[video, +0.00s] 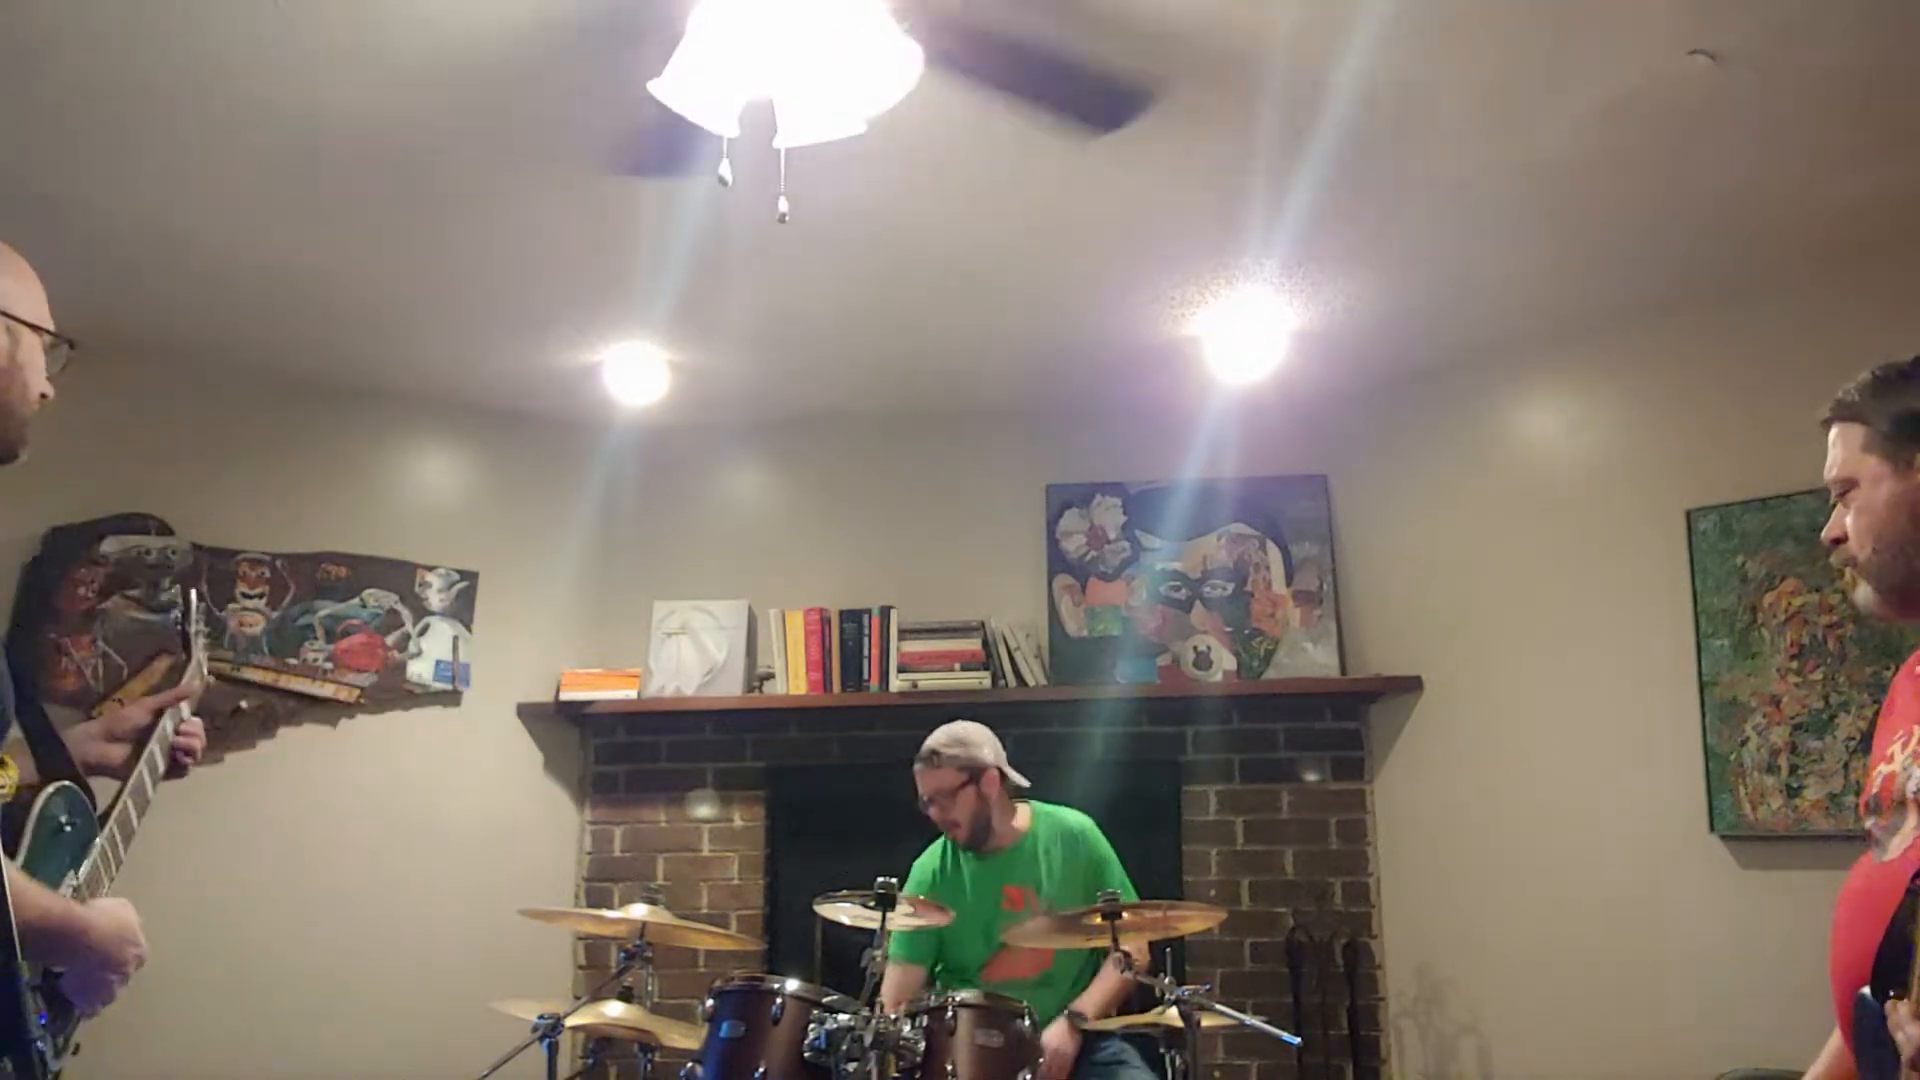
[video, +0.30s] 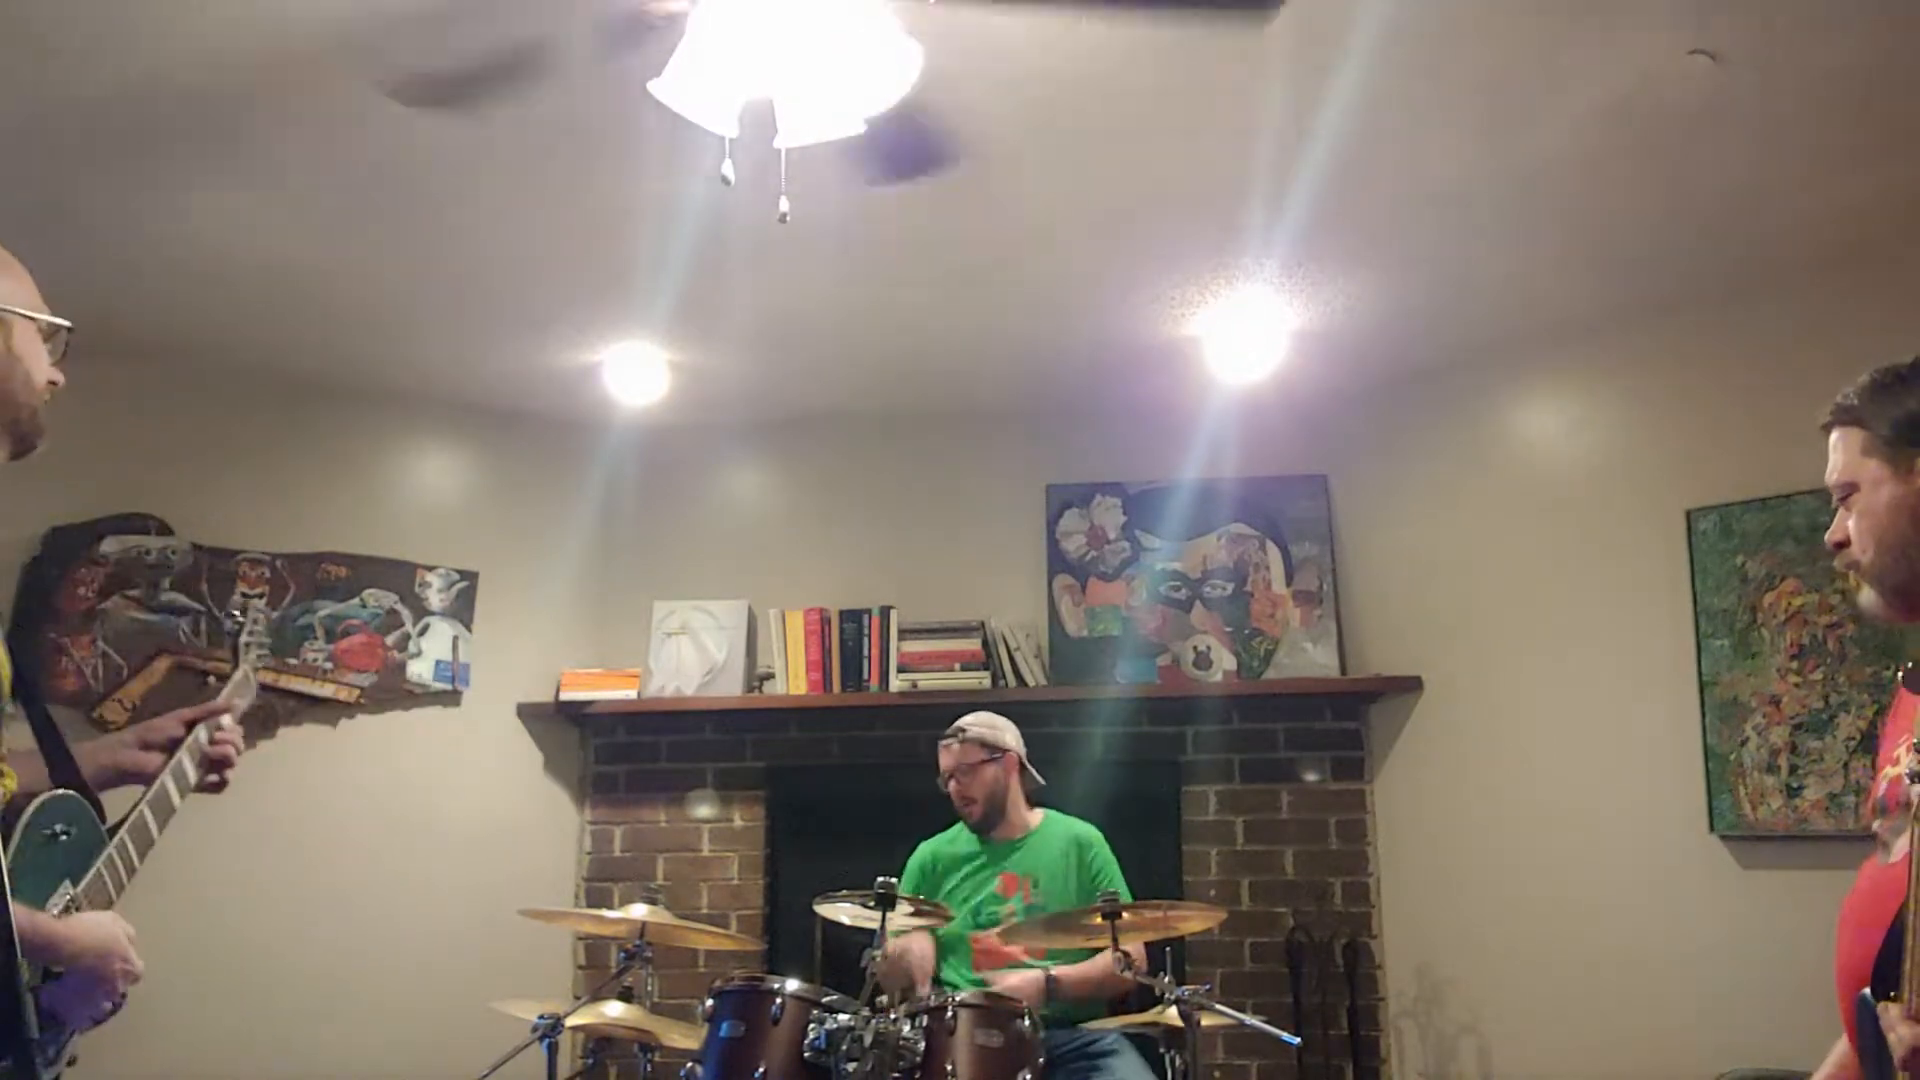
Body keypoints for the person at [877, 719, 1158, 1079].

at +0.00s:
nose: (935, 816)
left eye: (944, 798)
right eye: (928, 803)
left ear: (989, 782)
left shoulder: (1074, 836)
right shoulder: (931, 872)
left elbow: (1133, 946)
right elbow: (895, 1004)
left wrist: (1073, 1022)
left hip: (1077, 1037)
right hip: (971, 1039)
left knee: (1136, 1075)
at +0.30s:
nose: (953, 789)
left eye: (963, 773)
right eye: (946, 778)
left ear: (1010, 764)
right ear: (941, 781)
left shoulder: (1079, 842)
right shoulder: (931, 857)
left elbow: (1130, 960)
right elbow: (895, 982)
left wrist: (1046, 983)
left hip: (1071, 1031)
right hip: (961, 1035)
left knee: (1133, 1074)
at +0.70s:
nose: (972, 781)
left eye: (985, 765)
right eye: (962, 772)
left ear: (1025, 763)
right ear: (956, 779)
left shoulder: (1085, 844)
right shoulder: (943, 860)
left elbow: (1133, 964)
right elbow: (899, 978)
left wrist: (1042, 954)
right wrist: (957, 952)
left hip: (1075, 1030)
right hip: (966, 1033)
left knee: (1129, 1074)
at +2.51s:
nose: (993, 778)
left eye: (1008, 764)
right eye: (981, 765)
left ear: (1038, 767)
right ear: (967, 771)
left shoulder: (1088, 845)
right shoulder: (939, 854)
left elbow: (1140, 958)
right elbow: (904, 984)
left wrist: (1093, 976)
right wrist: (957, 933)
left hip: (1074, 1029)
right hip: (972, 1031)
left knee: (1130, 1074)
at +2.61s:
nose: (983, 782)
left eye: (999, 766)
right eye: (973, 768)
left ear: (1032, 767)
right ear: (962, 772)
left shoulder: (1086, 845)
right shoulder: (938, 849)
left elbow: (1140, 958)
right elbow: (912, 981)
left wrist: (1090, 980)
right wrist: (952, 883)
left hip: (1073, 1032)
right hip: (968, 1032)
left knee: (1132, 1075)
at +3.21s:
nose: (1000, 774)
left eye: (1017, 759)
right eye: (990, 761)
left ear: (1052, 767)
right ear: (980, 768)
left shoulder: (1095, 850)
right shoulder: (948, 847)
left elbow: (1143, 966)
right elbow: (907, 977)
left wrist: (1097, 982)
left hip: (1072, 1031)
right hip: (970, 1031)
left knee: (1131, 1074)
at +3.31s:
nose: (1009, 771)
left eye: (1026, 757)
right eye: (999, 758)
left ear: (1057, 768)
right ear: (987, 768)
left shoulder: (1099, 852)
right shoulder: (949, 852)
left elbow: (1143, 965)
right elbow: (908, 966)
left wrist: (1105, 988)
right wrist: (959, 978)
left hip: (1073, 1032)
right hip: (974, 1031)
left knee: (1133, 1075)